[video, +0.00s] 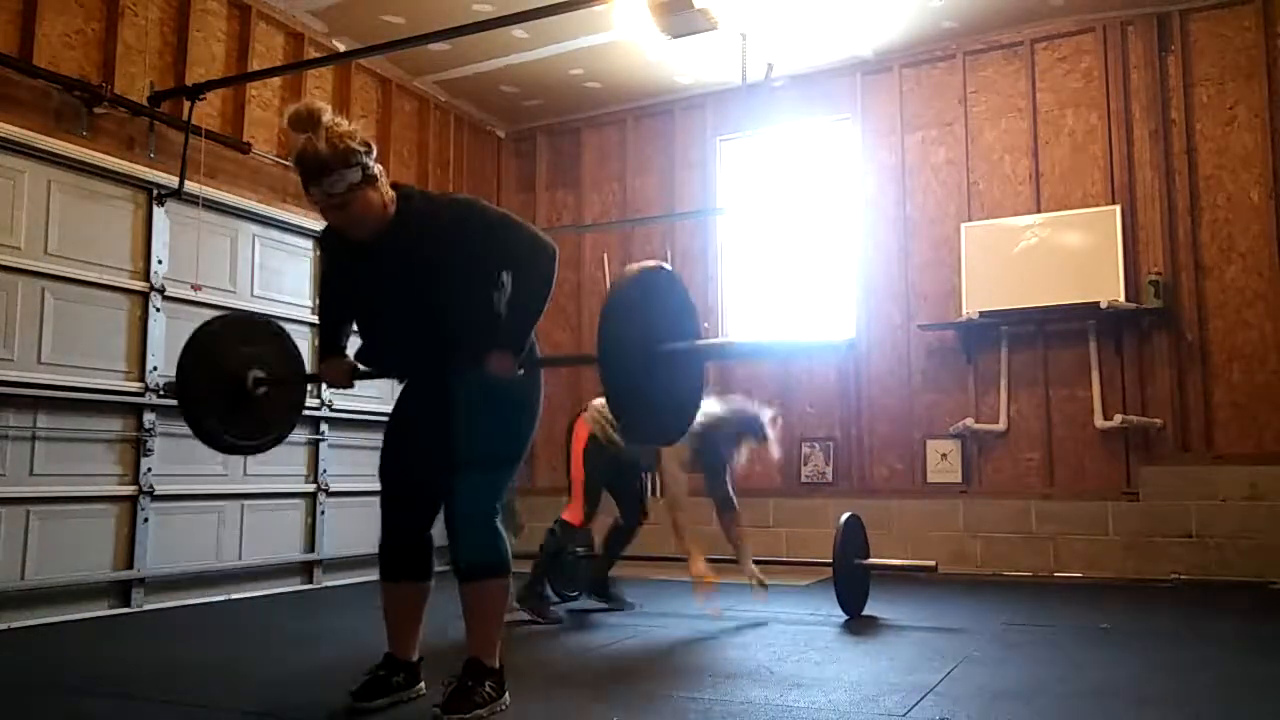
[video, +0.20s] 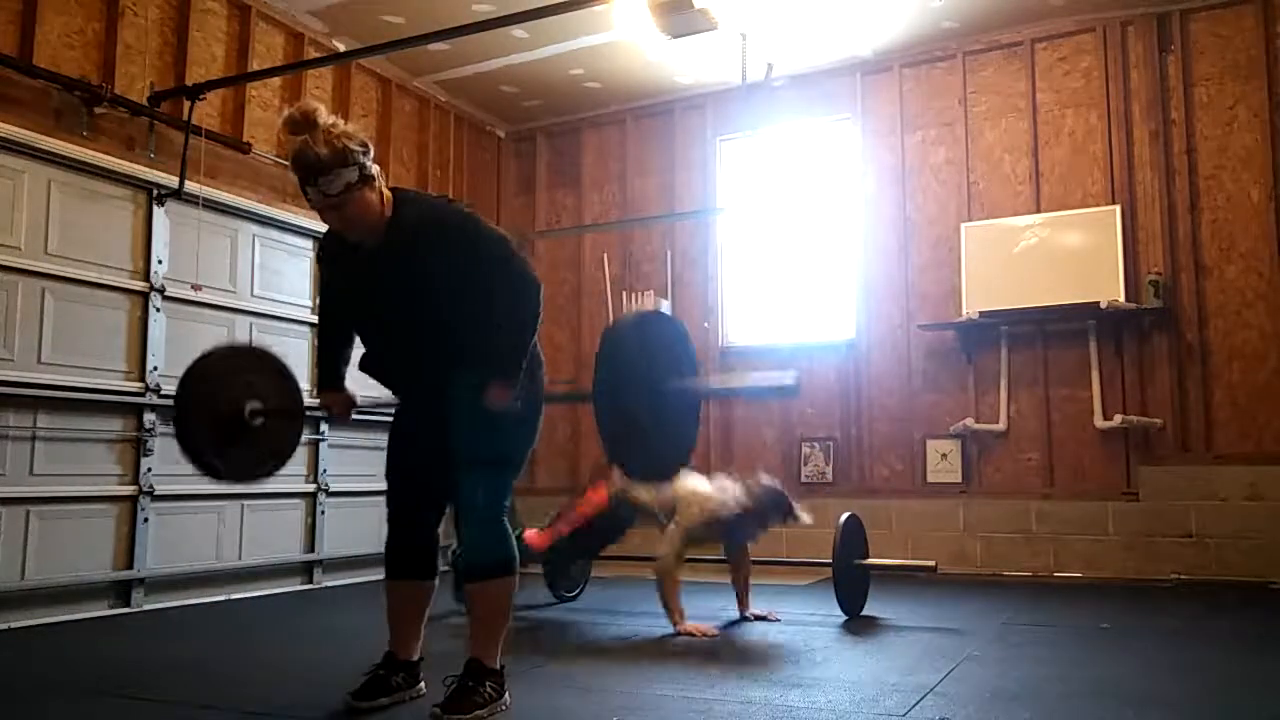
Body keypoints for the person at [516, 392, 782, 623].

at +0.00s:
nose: (740, 453)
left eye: (744, 447)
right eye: (740, 445)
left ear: (741, 439)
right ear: (730, 433)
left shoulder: (713, 447)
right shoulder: (681, 434)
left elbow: (726, 506)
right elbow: (674, 503)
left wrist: (746, 561)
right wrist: (694, 558)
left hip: (627, 446)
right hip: (593, 432)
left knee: (633, 518)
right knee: (580, 513)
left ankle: (597, 579)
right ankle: (533, 589)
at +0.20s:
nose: (762, 530)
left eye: (767, 526)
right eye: (763, 523)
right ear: (752, 511)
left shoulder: (737, 510)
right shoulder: (701, 510)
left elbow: (739, 559)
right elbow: (665, 563)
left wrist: (744, 609)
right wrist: (679, 622)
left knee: (657, 496)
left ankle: (621, 486)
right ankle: (616, 489)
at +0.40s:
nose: (775, 579)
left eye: (781, 573)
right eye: (776, 571)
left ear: (779, 566)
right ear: (762, 558)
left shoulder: (743, 558)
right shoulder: (718, 569)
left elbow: (742, 577)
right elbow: (657, 573)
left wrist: (745, 609)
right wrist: (677, 620)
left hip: (641, 594)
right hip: (623, 591)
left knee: (574, 598)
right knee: (555, 603)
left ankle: (543, 583)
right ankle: (523, 583)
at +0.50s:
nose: (784, 590)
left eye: (788, 584)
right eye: (782, 583)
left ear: (776, 571)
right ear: (765, 574)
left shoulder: (755, 570)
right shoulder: (718, 579)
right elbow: (665, 574)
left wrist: (750, 607)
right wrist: (680, 619)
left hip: (652, 595)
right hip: (635, 599)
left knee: (601, 592)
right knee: (550, 604)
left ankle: (561, 581)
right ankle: (524, 584)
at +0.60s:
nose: (778, 581)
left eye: (783, 576)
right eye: (780, 575)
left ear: (766, 557)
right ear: (769, 565)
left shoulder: (740, 561)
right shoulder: (717, 566)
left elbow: (736, 581)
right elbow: (662, 577)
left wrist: (747, 609)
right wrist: (677, 620)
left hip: (639, 595)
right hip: (621, 595)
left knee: (572, 597)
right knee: (542, 604)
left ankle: (546, 583)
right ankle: (519, 581)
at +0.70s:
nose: (769, 546)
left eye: (774, 536)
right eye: (770, 536)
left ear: (757, 515)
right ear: (754, 525)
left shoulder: (735, 545)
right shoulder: (706, 538)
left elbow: (737, 574)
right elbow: (670, 572)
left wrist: (746, 611)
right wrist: (676, 614)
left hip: (646, 585)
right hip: (613, 580)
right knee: (540, 606)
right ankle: (525, 586)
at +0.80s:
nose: (763, 538)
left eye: (770, 532)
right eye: (765, 530)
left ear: (760, 521)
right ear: (752, 518)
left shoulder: (734, 527)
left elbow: (737, 565)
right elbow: (663, 567)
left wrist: (744, 609)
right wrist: (679, 620)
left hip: (643, 547)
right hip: (606, 551)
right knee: (539, 594)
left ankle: (559, 562)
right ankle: (504, 568)